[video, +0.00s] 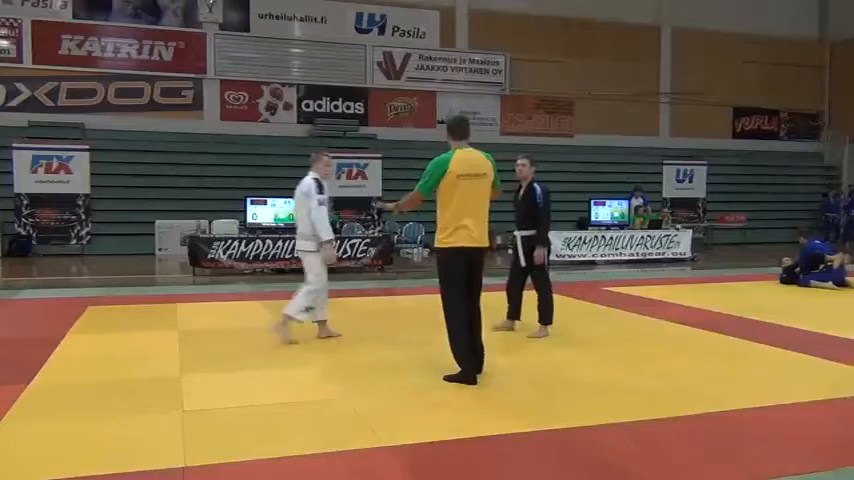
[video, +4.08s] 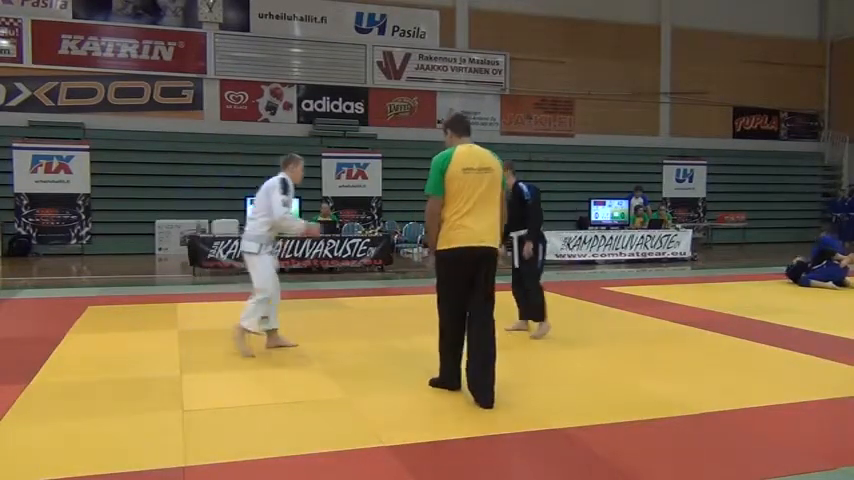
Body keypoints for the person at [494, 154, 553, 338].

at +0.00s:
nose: (519, 169)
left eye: (523, 166)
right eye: (517, 166)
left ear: (532, 169)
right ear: (516, 170)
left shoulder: (538, 190)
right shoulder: (519, 191)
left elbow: (543, 219)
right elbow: (521, 218)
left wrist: (541, 244)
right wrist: (518, 243)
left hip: (535, 240)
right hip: (521, 240)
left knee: (542, 284)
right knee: (514, 283)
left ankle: (544, 324)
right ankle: (511, 319)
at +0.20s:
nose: (526, 168)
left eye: (530, 165)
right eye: (525, 165)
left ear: (540, 169)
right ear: (525, 169)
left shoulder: (544, 190)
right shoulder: (527, 190)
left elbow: (544, 220)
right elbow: (525, 219)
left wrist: (538, 245)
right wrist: (521, 244)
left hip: (538, 239)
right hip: (525, 238)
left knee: (542, 282)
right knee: (522, 282)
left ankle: (545, 324)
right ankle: (533, 315)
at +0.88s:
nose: (534, 171)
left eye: (537, 168)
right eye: (532, 168)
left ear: (547, 169)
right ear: (531, 172)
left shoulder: (557, 191)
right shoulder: (533, 193)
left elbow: (565, 217)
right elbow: (528, 218)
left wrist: (564, 242)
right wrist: (524, 240)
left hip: (553, 241)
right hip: (538, 241)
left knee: (552, 280)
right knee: (542, 281)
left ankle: (549, 321)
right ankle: (552, 312)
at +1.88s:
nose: (548, 171)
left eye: (550, 168)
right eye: (548, 168)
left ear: (558, 169)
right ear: (558, 170)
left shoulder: (568, 190)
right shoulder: (555, 190)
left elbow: (565, 220)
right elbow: (551, 219)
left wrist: (559, 245)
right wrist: (544, 244)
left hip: (561, 241)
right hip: (550, 240)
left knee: (563, 281)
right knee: (550, 281)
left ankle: (569, 322)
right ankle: (552, 317)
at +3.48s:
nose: (535, 175)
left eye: (537, 171)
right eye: (534, 172)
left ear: (548, 170)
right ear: (543, 172)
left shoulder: (560, 190)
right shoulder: (543, 192)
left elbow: (568, 218)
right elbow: (539, 217)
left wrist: (552, 233)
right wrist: (522, 229)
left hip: (562, 243)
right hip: (547, 243)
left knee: (568, 283)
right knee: (537, 281)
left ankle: (569, 324)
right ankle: (528, 319)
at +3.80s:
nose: (512, 179)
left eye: (514, 175)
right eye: (511, 175)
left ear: (524, 172)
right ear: (519, 174)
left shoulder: (540, 189)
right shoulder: (522, 193)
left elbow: (545, 217)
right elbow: (514, 220)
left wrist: (535, 236)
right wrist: (499, 241)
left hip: (546, 239)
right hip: (531, 240)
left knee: (550, 280)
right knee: (526, 281)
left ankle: (564, 321)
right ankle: (525, 320)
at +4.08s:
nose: (502, 180)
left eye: (503, 176)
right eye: (501, 177)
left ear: (510, 173)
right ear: (507, 174)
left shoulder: (526, 189)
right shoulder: (509, 194)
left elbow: (534, 215)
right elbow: (510, 219)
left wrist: (530, 239)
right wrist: (504, 240)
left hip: (530, 237)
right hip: (516, 238)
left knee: (531, 280)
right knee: (518, 280)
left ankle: (542, 321)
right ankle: (523, 319)